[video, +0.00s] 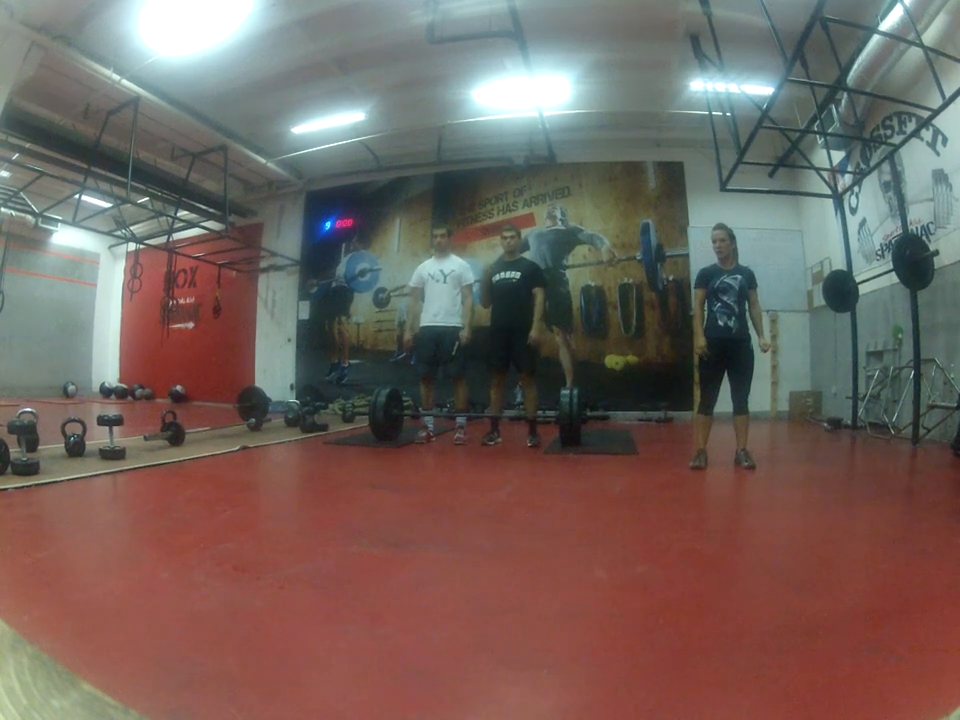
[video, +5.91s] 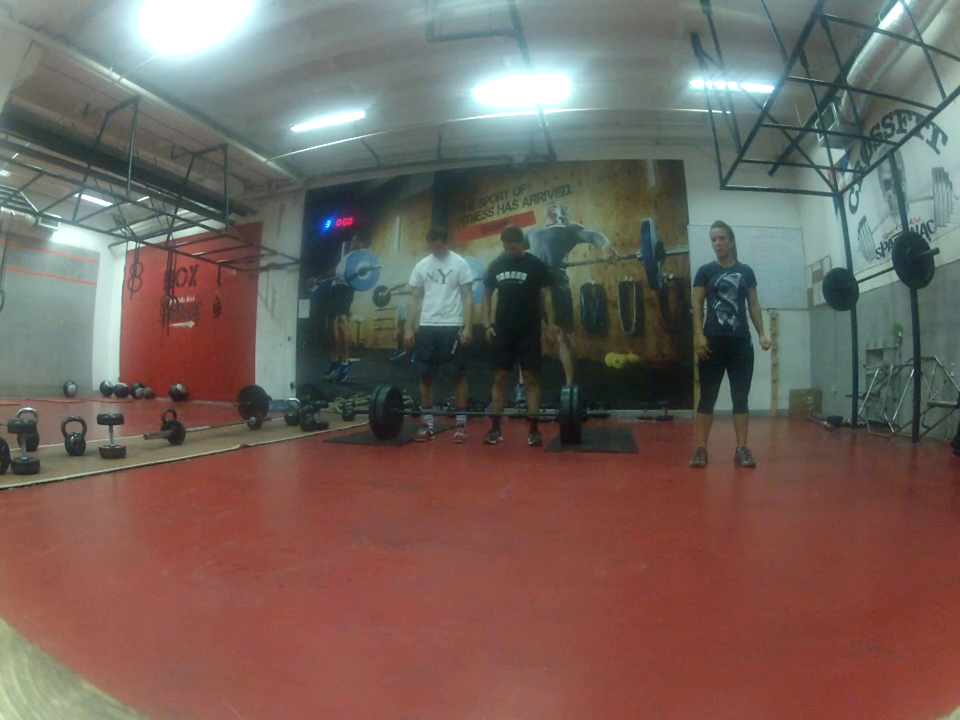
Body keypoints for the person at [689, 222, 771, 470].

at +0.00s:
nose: (718, 245)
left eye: (722, 241)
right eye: (715, 242)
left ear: (733, 243)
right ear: (712, 246)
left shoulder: (746, 274)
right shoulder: (705, 274)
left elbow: (754, 306)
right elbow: (698, 307)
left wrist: (761, 335)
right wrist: (699, 336)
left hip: (740, 345)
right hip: (712, 345)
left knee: (740, 401)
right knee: (706, 401)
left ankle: (742, 451)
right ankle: (700, 451)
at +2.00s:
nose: (718, 244)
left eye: (722, 239)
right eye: (715, 240)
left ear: (733, 241)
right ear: (711, 244)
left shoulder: (746, 272)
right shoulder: (706, 272)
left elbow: (754, 305)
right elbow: (698, 305)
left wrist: (762, 334)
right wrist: (698, 335)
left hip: (741, 343)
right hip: (713, 342)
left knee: (741, 400)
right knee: (707, 399)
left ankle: (742, 449)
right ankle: (700, 449)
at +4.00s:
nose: (718, 244)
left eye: (722, 239)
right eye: (714, 240)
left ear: (732, 241)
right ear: (711, 244)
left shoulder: (745, 272)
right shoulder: (705, 272)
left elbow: (754, 305)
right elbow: (697, 306)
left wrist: (761, 334)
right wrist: (698, 335)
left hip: (740, 343)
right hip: (712, 342)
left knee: (741, 400)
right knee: (707, 400)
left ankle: (742, 449)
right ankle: (701, 450)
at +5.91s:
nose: (718, 243)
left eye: (722, 239)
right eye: (714, 240)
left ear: (732, 241)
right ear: (711, 244)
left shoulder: (745, 272)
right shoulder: (705, 272)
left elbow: (754, 305)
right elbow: (697, 306)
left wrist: (761, 333)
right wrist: (699, 335)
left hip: (740, 343)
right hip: (712, 342)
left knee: (740, 399)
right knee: (707, 398)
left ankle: (742, 449)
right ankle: (701, 449)